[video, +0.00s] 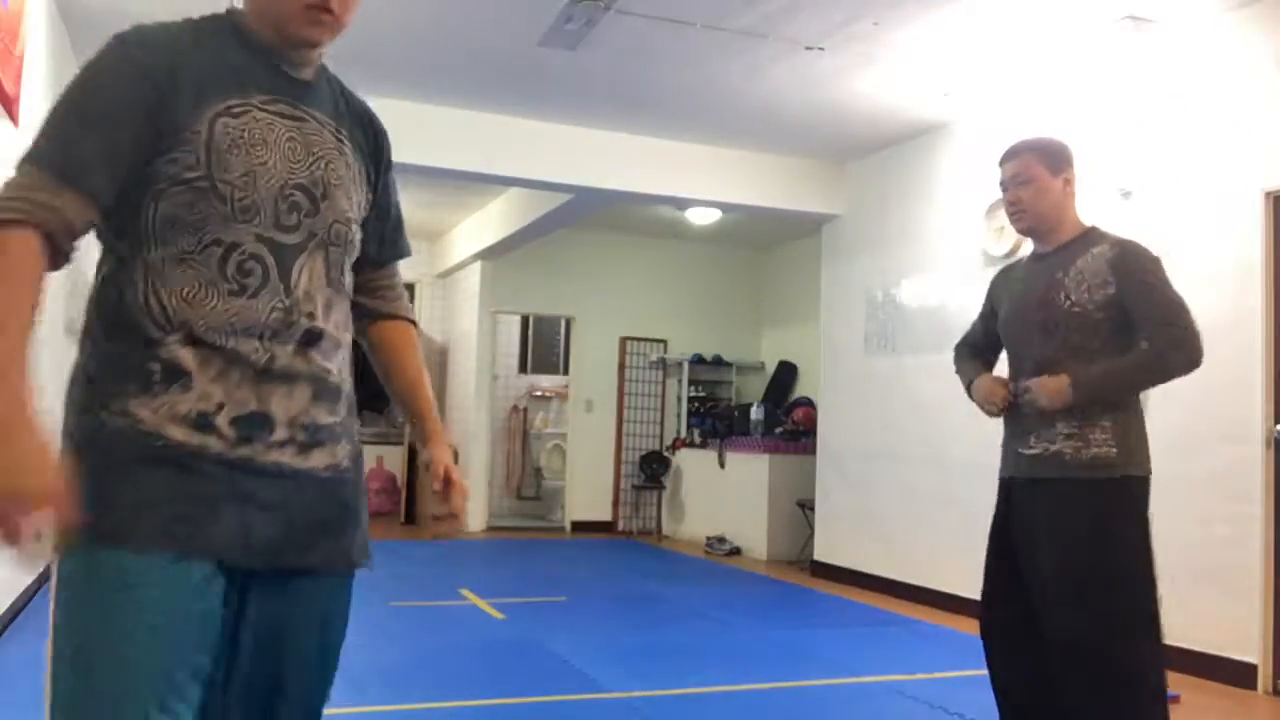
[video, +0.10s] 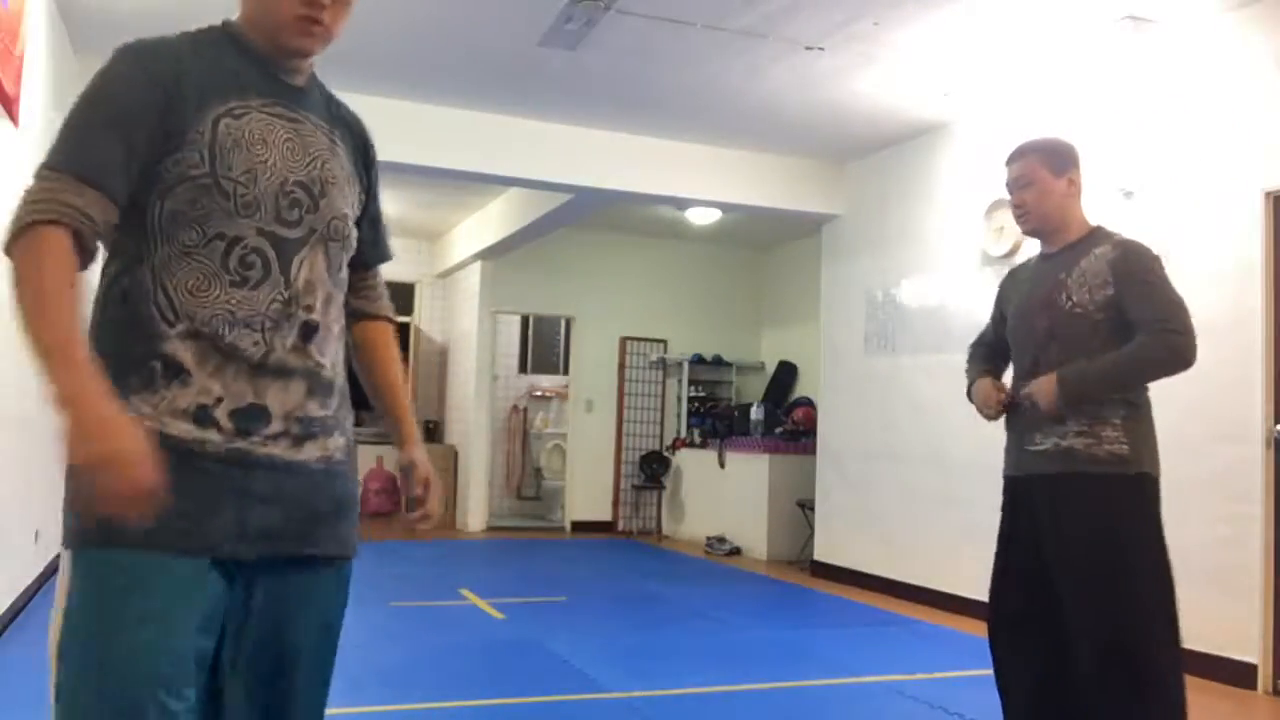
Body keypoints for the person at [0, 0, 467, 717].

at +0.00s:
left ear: (357, 3)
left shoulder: (361, 129)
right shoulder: (152, 63)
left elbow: (382, 298)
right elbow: (23, 226)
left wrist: (431, 429)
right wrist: (14, 427)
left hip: (312, 519)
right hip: (149, 501)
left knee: (279, 713)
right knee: (124, 708)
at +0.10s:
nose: (324, 3)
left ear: (351, 10)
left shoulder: (350, 135)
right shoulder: (156, 72)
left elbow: (366, 302)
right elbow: (45, 233)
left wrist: (410, 438)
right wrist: (91, 410)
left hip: (308, 515)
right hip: (150, 503)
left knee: (282, 711)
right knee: (131, 707)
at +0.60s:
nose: (283, 48)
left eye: (302, 34)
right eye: (265, 23)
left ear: (316, 49)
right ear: (212, 20)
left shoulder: (296, 164)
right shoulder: (154, 131)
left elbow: (282, 319)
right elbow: (122, 293)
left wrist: (300, 426)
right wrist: (250, 404)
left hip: (286, 484)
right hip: (157, 483)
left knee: (305, 701)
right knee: (147, 704)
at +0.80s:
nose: (309, 90)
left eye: (325, 79)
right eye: (289, 69)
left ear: (334, 95)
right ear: (242, 69)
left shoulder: (316, 201)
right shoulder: (197, 169)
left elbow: (330, 337)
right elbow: (152, 317)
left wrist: (370, 442)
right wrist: (261, 421)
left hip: (320, 498)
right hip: (213, 497)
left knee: (334, 698)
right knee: (186, 702)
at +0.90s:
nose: (332, 110)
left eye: (346, 99)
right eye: (313, 90)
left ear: (356, 115)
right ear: (266, 93)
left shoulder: (336, 217)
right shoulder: (232, 190)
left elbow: (355, 342)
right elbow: (194, 328)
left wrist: (417, 429)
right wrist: (310, 423)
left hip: (338, 496)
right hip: (246, 498)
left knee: (344, 686)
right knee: (214, 697)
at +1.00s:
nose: (353, 118)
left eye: (367, 107)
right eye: (336, 98)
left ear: (376, 122)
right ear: (290, 101)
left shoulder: (352, 219)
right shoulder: (257, 192)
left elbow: (376, 339)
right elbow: (238, 323)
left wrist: (464, 386)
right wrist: (368, 383)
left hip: (353, 478)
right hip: (265, 477)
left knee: (357, 672)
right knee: (220, 678)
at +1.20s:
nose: (362, 126)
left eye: (374, 116)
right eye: (345, 108)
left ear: (381, 129)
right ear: (298, 106)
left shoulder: (357, 223)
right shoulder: (269, 193)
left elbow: (429, 311)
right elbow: (316, 306)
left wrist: (510, 275)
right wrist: (435, 275)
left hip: (356, 463)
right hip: (273, 461)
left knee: (361, 650)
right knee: (242, 645)